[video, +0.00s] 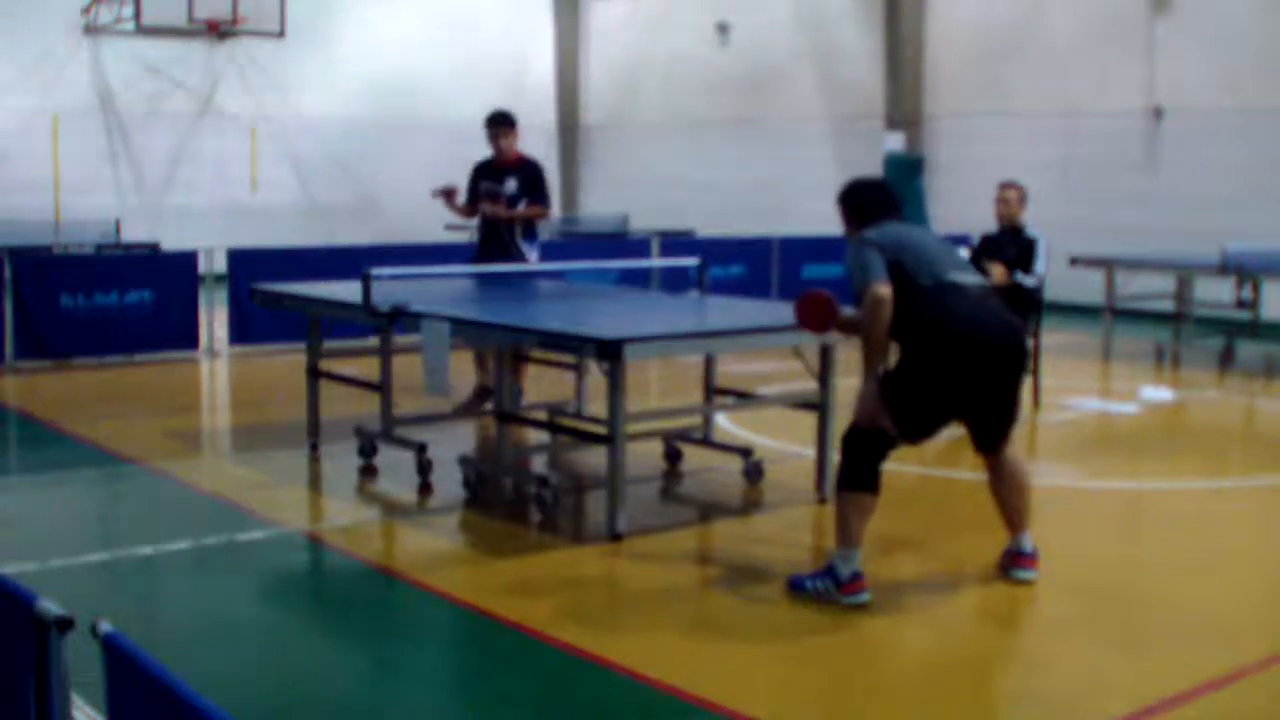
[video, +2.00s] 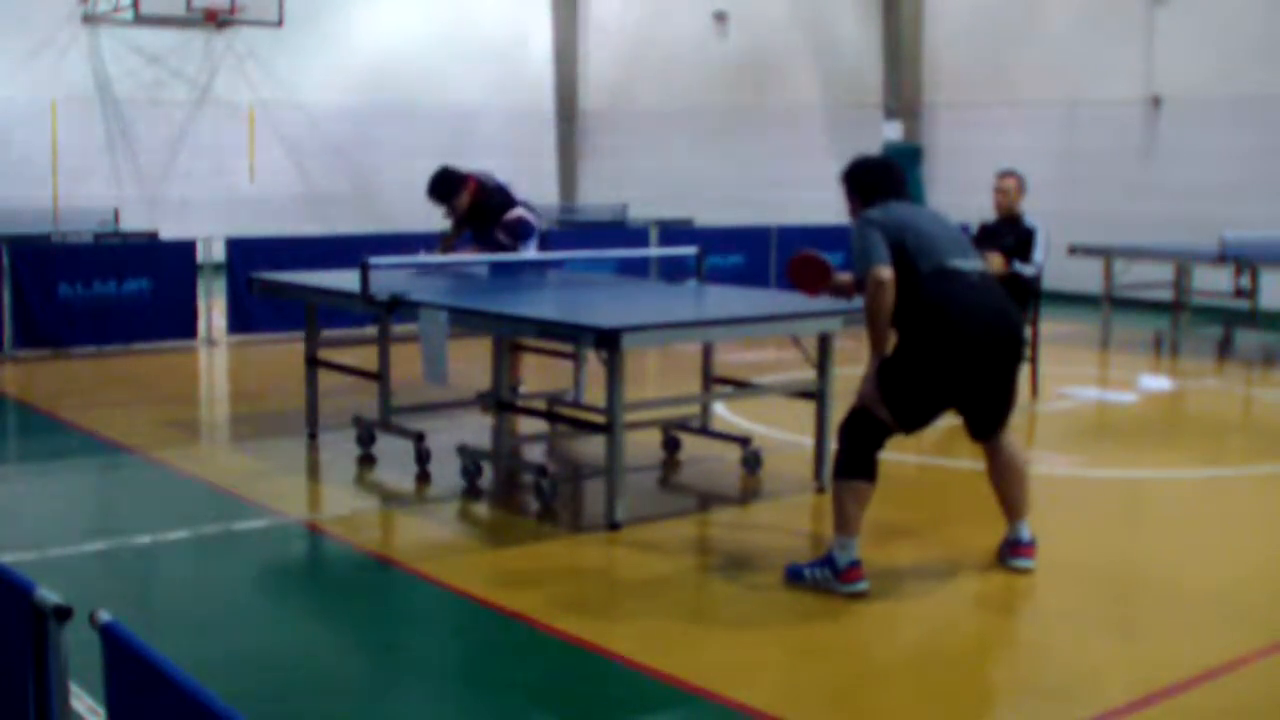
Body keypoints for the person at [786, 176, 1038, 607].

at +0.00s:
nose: (844, 228)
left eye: (844, 220)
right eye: (842, 220)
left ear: (853, 218)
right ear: (894, 209)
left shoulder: (866, 241)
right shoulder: (926, 238)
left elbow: (879, 297)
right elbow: (924, 321)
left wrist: (871, 379)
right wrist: (846, 322)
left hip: (941, 355)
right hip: (1003, 349)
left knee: (863, 444)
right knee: (996, 446)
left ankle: (845, 568)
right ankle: (1023, 547)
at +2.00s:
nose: (850, 208)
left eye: (849, 200)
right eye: (848, 200)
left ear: (857, 198)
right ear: (899, 189)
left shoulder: (870, 222)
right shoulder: (933, 218)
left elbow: (881, 280)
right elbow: (933, 279)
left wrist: (875, 361)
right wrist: (855, 285)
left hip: (937, 344)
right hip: (999, 339)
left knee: (859, 434)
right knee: (993, 431)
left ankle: (843, 557)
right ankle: (1021, 535)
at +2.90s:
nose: (860, 192)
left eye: (861, 185)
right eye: (862, 185)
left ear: (869, 184)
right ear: (914, 180)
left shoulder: (875, 216)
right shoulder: (944, 213)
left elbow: (877, 280)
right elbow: (987, 267)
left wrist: (875, 361)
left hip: (935, 339)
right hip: (996, 338)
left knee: (861, 435)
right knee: (994, 431)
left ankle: (843, 556)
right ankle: (1020, 535)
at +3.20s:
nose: (868, 201)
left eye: (868, 193)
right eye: (868, 193)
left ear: (877, 191)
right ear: (920, 185)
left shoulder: (886, 223)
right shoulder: (955, 220)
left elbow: (889, 287)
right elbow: (996, 279)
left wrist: (883, 370)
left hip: (942, 351)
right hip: (1001, 349)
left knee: (871, 447)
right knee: (996, 442)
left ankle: (844, 567)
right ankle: (1021, 547)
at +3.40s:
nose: (908, 196)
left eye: (910, 185)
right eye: (908, 185)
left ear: (923, 185)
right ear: (969, 177)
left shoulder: (937, 222)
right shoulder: (1011, 213)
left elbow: (951, 299)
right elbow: (1016, 300)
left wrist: (941, 393)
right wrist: (921, 310)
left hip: (1010, 361)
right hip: (1076, 357)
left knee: (927, 478)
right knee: (1061, 481)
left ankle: (889, 623)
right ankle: (1088, 607)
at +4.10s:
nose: (907, 220)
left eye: (905, 209)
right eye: (903, 209)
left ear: (920, 201)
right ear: (952, 185)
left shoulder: (952, 227)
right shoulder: (1002, 217)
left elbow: (947, 302)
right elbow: (1033, 300)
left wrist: (900, 388)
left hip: (1002, 379)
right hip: (1045, 377)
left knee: (920, 489)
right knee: (981, 473)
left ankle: (900, 628)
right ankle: (1009, 587)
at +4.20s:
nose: (921, 204)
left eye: (923, 192)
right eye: (919, 194)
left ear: (945, 187)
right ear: (965, 180)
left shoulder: (986, 220)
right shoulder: (990, 213)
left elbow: (996, 291)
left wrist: (932, 361)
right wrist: (878, 253)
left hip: (1041, 372)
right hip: (1037, 368)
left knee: (957, 476)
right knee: (978, 469)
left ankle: (917, 621)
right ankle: (1008, 587)